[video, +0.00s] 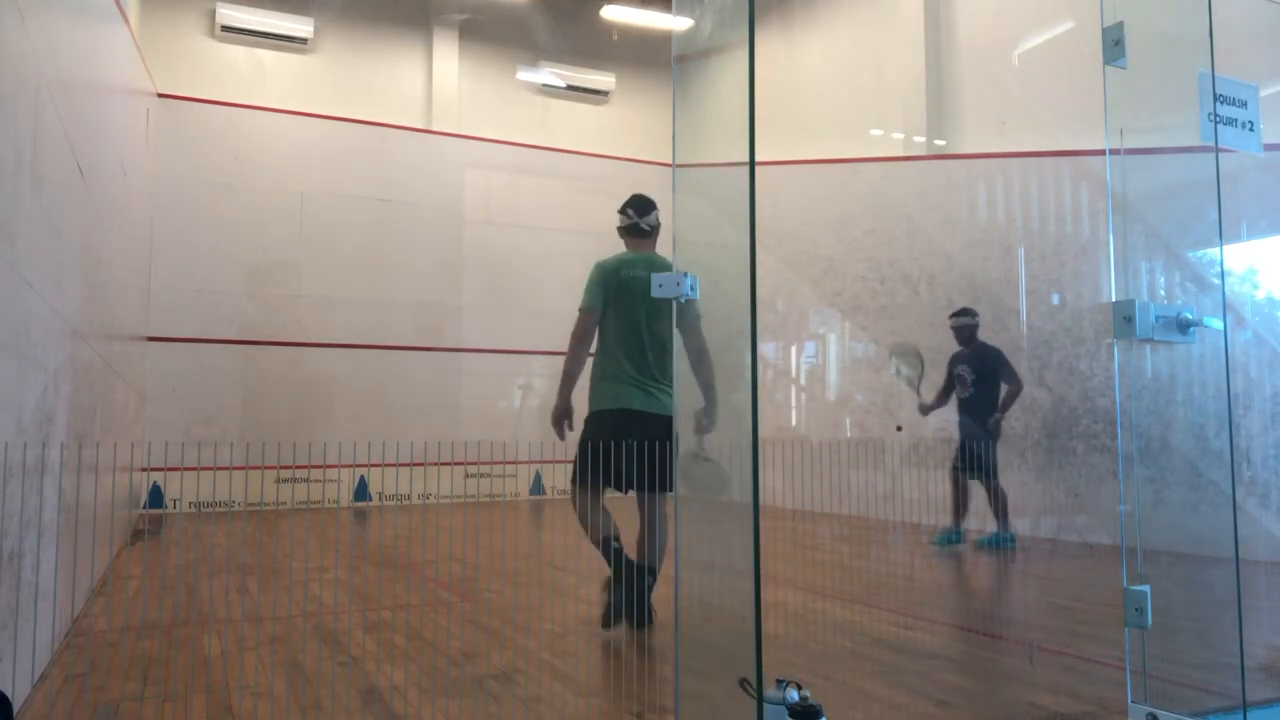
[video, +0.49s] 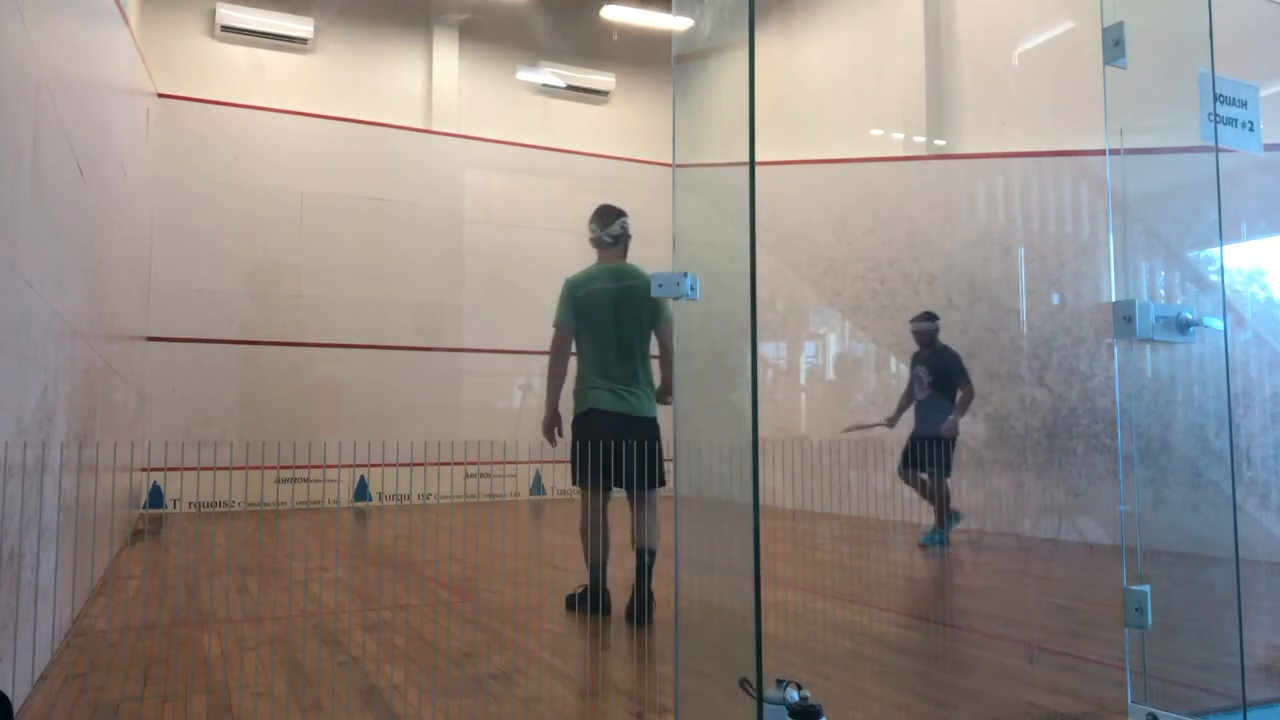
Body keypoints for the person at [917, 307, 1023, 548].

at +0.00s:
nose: (957, 334)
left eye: (962, 329)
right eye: (954, 329)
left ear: (974, 328)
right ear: (952, 330)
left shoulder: (990, 354)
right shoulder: (957, 359)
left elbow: (1015, 385)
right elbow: (947, 390)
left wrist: (999, 415)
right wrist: (931, 406)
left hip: (985, 427)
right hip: (968, 427)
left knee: (958, 472)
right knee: (988, 480)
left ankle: (955, 529)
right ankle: (1004, 532)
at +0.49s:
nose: (917, 337)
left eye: (921, 332)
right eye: (914, 332)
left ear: (934, 331)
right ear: (913, 333)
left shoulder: (949, 357)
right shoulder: (917, 358)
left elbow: (968, 392)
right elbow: (912, 390)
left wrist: (954, 419)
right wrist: (896, 415)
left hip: (943, 427)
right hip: (922, 426)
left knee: (937, 478)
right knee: (906, 471)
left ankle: (941, 529)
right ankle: (947, 512)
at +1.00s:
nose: (891, 341)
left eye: (895, 335)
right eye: (887, 336)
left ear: (905, 334)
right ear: (883, 337)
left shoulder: (920, 357)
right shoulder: (884, 362)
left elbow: (938, 383)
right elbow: (869, 393)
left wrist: (912, 381)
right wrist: (854, 419)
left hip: (916, 427)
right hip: (894, 428)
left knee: (915, 477)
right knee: (899, 478)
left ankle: (926, 525)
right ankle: (905, 525)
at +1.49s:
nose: (878, 332)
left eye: (883, 328)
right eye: (875, 328)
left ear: (893, 330)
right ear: (873, 330)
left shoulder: (910, 357)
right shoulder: (870, 361)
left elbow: (934, 385)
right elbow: (858, 391)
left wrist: (939, 411)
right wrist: (849, 416)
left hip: (906, 427)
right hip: (882, 428)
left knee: (905, 477)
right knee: (892, 480)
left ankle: (909, 527)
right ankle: (902, 524)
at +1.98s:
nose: (871, 328)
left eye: (877, 324)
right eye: (869, 324)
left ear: (889, 327)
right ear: (865, 327)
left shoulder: (900, 357)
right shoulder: (859, 358)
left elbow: (899, 392)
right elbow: (851, 387)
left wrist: (891, 421)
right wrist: (874, 385)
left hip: (895, 424)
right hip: (869, 423)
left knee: (901, 479)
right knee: (855, 476)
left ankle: (908, 528)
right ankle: (883, 510)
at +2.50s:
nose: (806, 337)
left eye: (811, 333)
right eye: (805, 333)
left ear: (825, 335)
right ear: (805, 335)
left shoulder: (845, 359)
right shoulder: (804, 367)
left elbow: (841, 392)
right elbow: (813, 388)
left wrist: (804, 395)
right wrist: (842, 369)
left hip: (848, 430)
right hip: (822, 431)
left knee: (868, 481)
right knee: (797, 478)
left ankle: (899, 521)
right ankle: (797, 533)